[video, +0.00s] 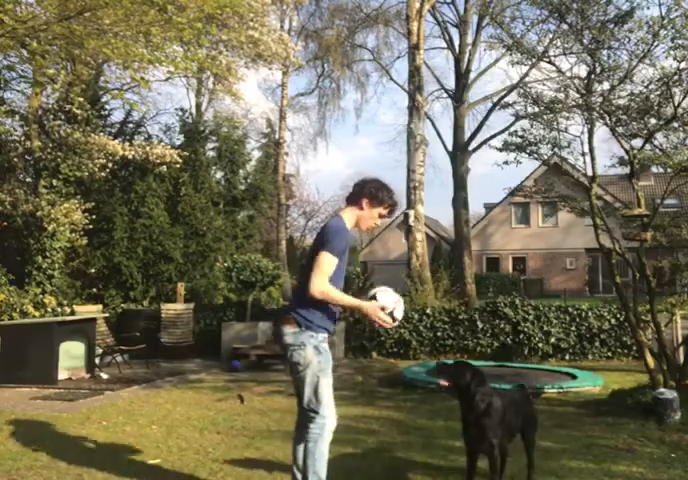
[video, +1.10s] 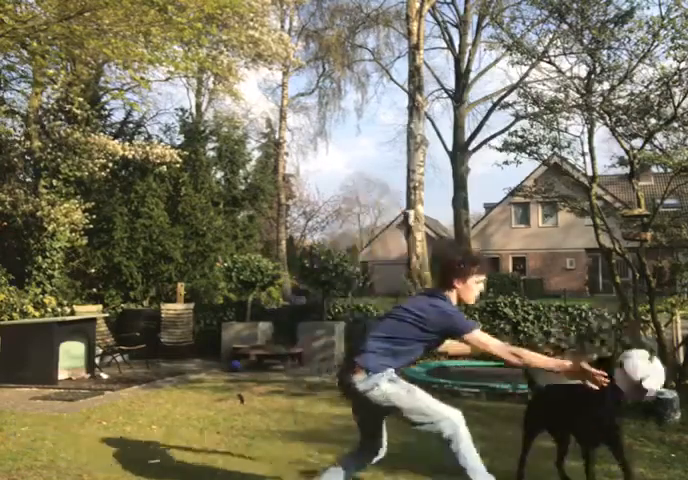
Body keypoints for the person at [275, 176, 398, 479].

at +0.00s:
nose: (377, 224)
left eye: (382, 219)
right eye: (379, 216)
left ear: (363, 204)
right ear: (364, 203)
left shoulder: (336, 230)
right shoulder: (337, 231)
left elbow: (323, 288)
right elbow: (317, 288)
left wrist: (365, 306)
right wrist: (364, 306)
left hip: (305, 331)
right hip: (307, 333)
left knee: (311, 414)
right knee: (323, 416)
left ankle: (302, 473)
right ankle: (313, 475)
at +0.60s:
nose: (398, 224)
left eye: (400, 218)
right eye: (397, 216)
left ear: (374, 211)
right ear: (381, 211)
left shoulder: (353, 241)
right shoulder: (361, 243)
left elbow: (348, 306)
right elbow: (355, 304)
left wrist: (384, 326)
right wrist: (402, 325)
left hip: (311, 336)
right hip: (314, 338)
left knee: (328, 416)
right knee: (339, 418)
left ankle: (309, 473)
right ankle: (320, 475)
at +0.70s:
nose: (401, 228)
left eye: (403, 221)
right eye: (400, 220)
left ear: (378, 216)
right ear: (384, 217)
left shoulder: (357, 248)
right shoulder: (374, 255)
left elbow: (356, 310)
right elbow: (387, 317)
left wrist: (400, 319)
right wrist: (439, 333)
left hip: (313, 339)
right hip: (319, 342)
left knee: (339, 417)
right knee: (346, 419)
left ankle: (314, 474)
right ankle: (323, 475)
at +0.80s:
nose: (413, 237)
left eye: (412, 230)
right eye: (409, 229)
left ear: (387, 230)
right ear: (389, 230)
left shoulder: (363, 261)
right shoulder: (383, 265)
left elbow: (368, 314)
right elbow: (425, 323)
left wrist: (416, 321)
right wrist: (476, 339)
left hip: (310, 347)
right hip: (323, 350)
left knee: (340, 421)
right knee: (367, 418)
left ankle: (314, 475)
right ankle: (333, 475)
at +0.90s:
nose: (427, 254)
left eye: (427, 247)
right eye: (423, 247)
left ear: (398, 248)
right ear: (404, 248)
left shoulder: (370, 275)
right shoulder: (394, 281)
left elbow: (387, 325)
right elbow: (458, 326)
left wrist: (437, 327)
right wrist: (514, 340)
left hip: (313, 354)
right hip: (331, 356)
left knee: (351, 422)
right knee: (392, 411)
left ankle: (313, 475)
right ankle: (374, 474)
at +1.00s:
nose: (450, 272)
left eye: (449, 264)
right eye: (446, 264)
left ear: (423, 266)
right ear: (425, 265)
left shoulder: (399, 291)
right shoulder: (417, 297)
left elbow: (410, 335)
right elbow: (481, 336)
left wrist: (456, 337)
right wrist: (542, 348)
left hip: (329, 362)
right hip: (345, 363)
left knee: (360, 433)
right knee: (418, 411)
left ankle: (322, 474)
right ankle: (429, 475)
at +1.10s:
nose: (480, 291)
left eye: (481, 284)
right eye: (478, 284)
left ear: (453, 281)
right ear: (457, 282)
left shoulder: (425, 304)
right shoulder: (445, 310)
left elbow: (443, 348)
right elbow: (510, 354)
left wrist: (494, 351)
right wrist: (566, 366)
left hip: (355, 376)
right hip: (377, 379)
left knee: (373, 448)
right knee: (451, 421)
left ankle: (330, 476)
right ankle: (481, 474)